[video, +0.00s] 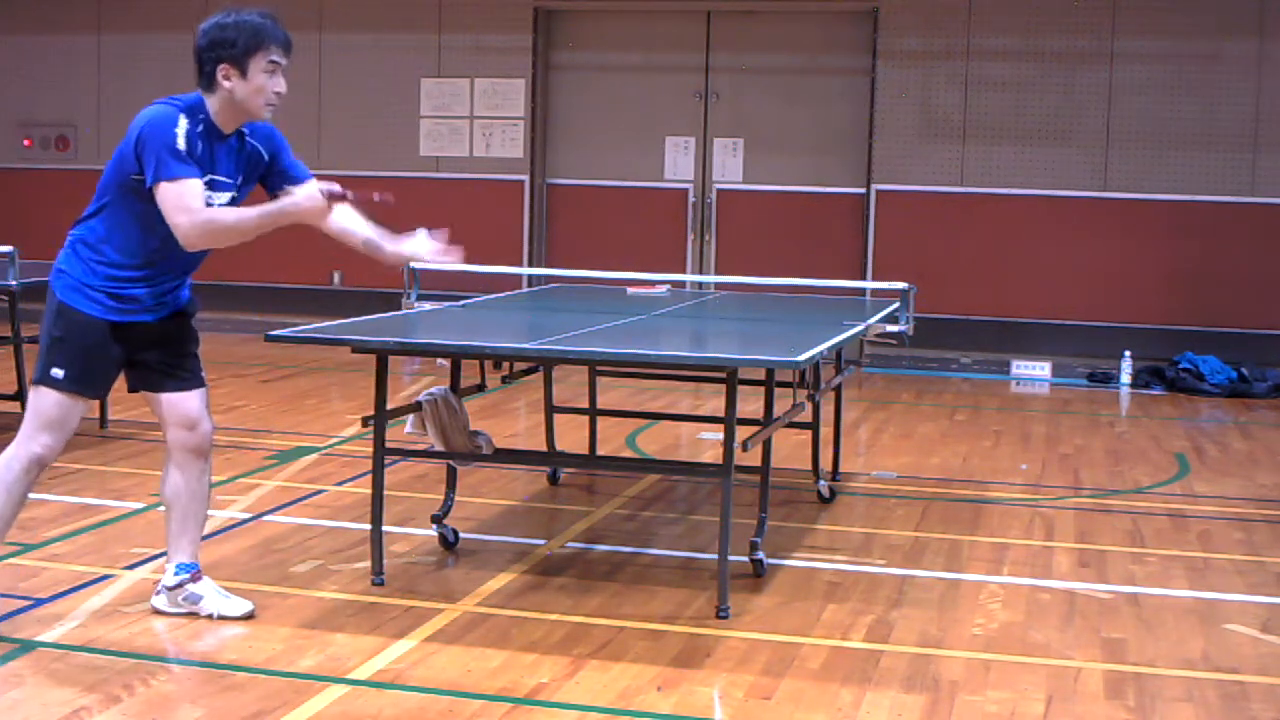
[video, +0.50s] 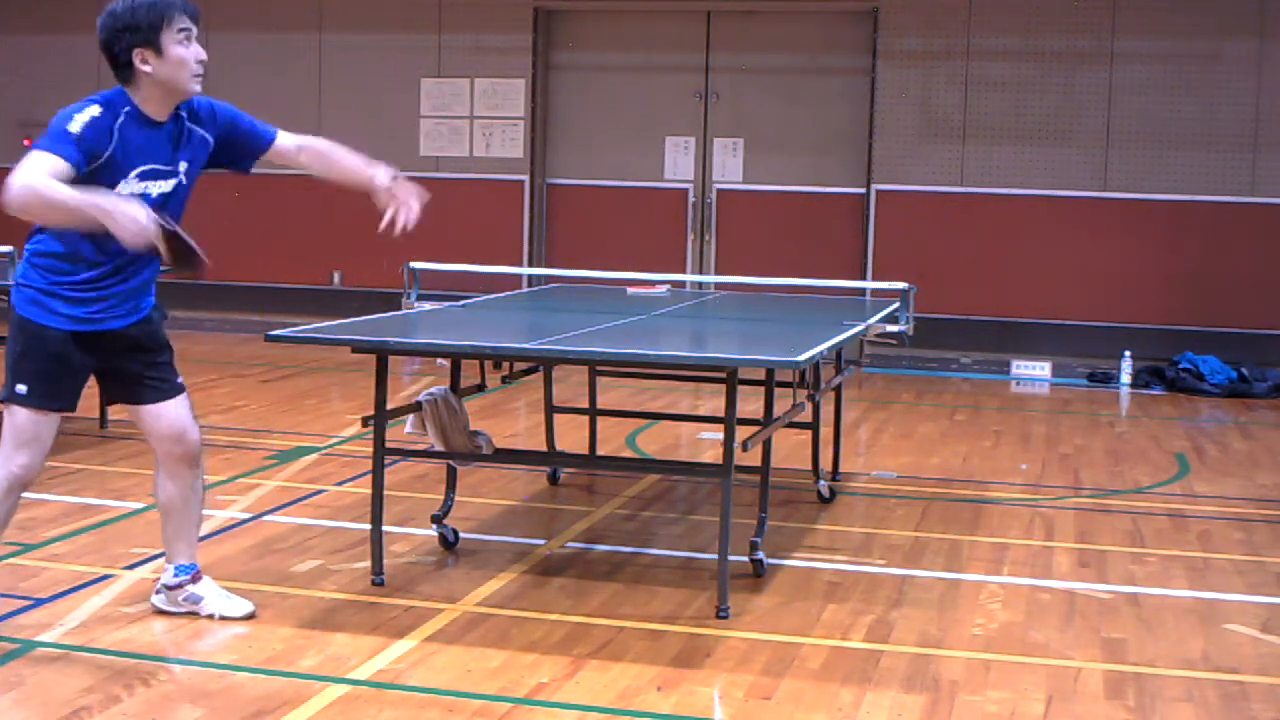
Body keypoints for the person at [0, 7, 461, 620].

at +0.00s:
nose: (281, 85)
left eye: (282, 71)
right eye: (269, 70)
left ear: (241, 76)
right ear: (225, 73)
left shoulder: (261, 141)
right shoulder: (165, 125)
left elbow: (324, 208)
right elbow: (192, 229)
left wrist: (392, 245)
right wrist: (290, 209)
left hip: (161, 303)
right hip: (90, 295)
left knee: (192, 435)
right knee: (38, 444)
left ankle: (179, 578)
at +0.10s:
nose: (265, 78)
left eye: (265, 64)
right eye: (253, 63)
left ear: (221, 72)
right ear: (208, 70)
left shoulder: (246, 133)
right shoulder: (150, 126)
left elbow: (315, 189)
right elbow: (178, 231)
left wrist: (388, 173)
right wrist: (270, 201)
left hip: (152, 304)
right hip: (80, 297)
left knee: (190, 434)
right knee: (35, 448)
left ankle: (180, 578)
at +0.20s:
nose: (245, 68)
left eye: (243, 54)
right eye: (231, 54)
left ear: (206, 67)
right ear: (186, 65)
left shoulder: (225, 123)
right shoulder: (133, 125)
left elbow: (312, 147)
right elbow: (156, 232)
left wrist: (401, 150)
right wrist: (252, 208)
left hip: (144, 304)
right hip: (69, 302)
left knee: (187, 435)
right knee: (30, 455)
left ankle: (180, 579)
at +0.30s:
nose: (222, 55)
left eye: (218, 42)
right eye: (206, 43)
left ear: (178, 59)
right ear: (164, 57)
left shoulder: (209, 116)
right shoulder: (113, 123)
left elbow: (298, 140)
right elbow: (122, 231)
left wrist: (390, 153)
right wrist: (222, 222)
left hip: (137, 303)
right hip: (62, 303)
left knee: (183, 434)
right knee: (25, 456)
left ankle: (180, 579)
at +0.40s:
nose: (208, 50)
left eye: (204, 38)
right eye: (192, 38)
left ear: (172, 56)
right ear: (149, 55)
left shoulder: (205, 116)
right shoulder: (99, 119)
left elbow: (300, 140)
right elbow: (73, 217)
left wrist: (383, 156)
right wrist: (178, 235)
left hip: (133, 305)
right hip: (56, 305)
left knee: (180, 439)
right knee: (19, 462)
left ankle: (181, 578)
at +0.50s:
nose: (202, 52)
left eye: (198, 39)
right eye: (185, 40)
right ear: (142, 59)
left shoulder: (206, 122)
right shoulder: (92, 121)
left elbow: (302, 150)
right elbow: (21, 190)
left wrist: (381, 177)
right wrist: (107, 208)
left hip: (131, 310)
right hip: (51, 310)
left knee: (180, 440)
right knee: (17, 467)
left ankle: (180, 578)